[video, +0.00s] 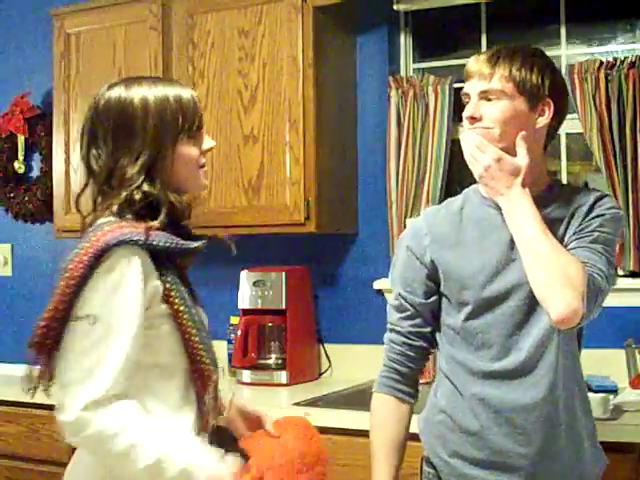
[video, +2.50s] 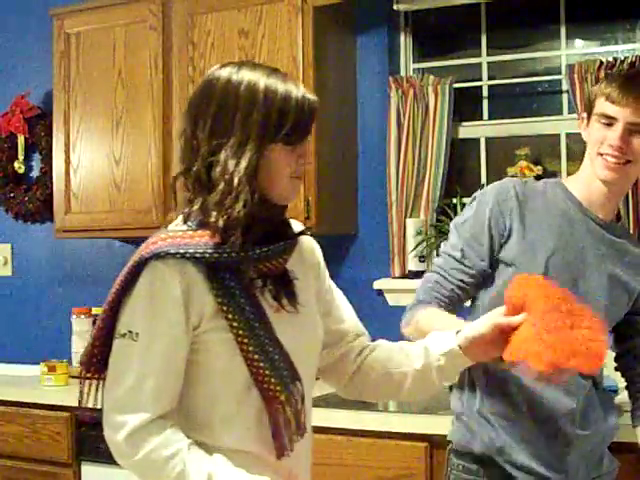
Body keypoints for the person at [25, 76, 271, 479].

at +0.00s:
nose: (208, 145)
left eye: (201, 132)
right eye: (191, 134)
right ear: (147, 148)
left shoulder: (151, 251)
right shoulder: (126, 259)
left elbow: (157, 376)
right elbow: (87, 410)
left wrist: (226, 409)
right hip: (120, 469)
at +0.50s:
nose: (220, 136)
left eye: (212, 124)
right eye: (204, 126)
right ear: (164, 139)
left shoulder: (130, 234)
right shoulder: (181, 230)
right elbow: (253, 351)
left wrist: (272, 369)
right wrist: (317, 276)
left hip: (144, 462)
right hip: (197, 466)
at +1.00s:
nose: (166, 142)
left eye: (159, 129)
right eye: (146, 131)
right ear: (91, 152)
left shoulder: (170, 250)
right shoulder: (36, 272)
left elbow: (177, 378)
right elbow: (15, 416)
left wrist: (261, 359)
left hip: (172, 470)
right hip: (88, 472)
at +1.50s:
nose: (123, 156)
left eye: (116, 143)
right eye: (104, 145)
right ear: (45, 160)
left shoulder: (127, 254)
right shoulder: (7, 260)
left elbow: (132, 372)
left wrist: (170, 414)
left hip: (114, 470)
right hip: (24, 471)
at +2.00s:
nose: (218, 162)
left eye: (216, 147)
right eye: (202, 147)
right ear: (147, 152)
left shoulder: (211, 255)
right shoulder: (74, 277)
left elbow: (205, 390)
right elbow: (43, 445)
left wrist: (282, 406)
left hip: (210, 471)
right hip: (122, 471)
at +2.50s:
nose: (308, 159)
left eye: (307, 142)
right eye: (292, 141)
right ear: (236, 147)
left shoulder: (300, 251)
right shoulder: (171, 267)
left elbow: (359, 365)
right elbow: (135, 430)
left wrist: (466, 348)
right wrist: (234, 478)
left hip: (293, 468)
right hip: (215, 471)